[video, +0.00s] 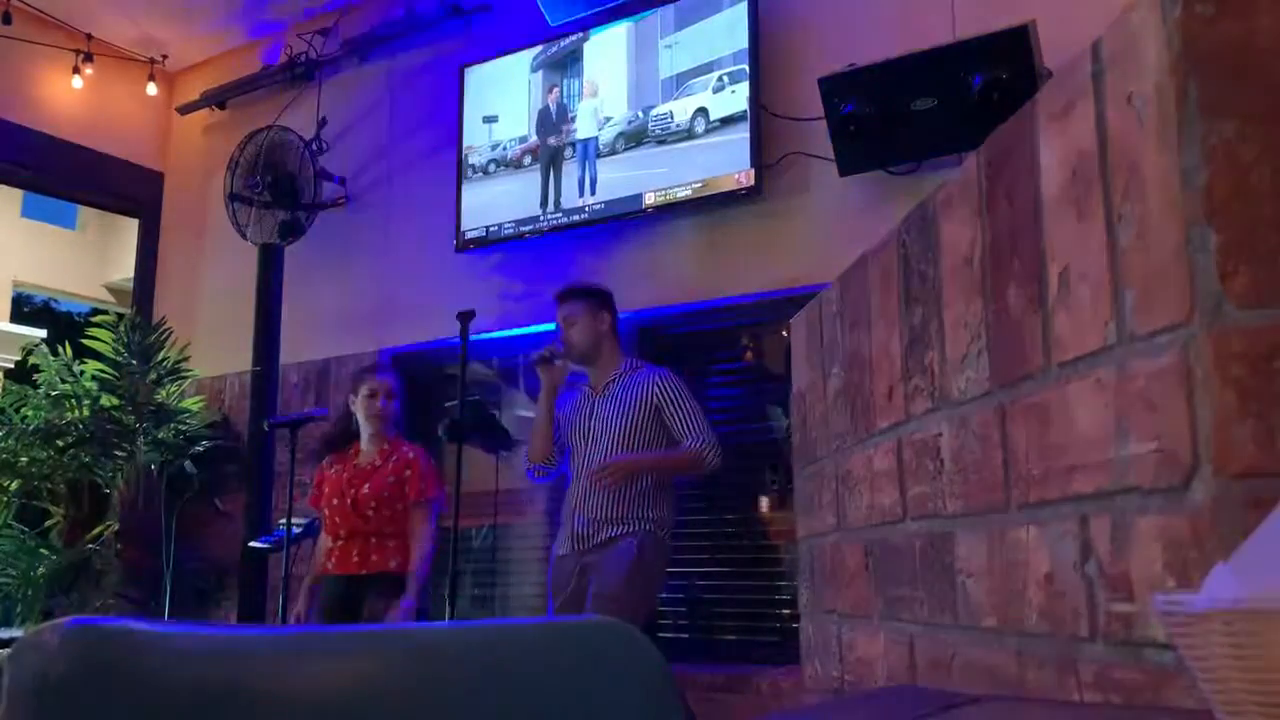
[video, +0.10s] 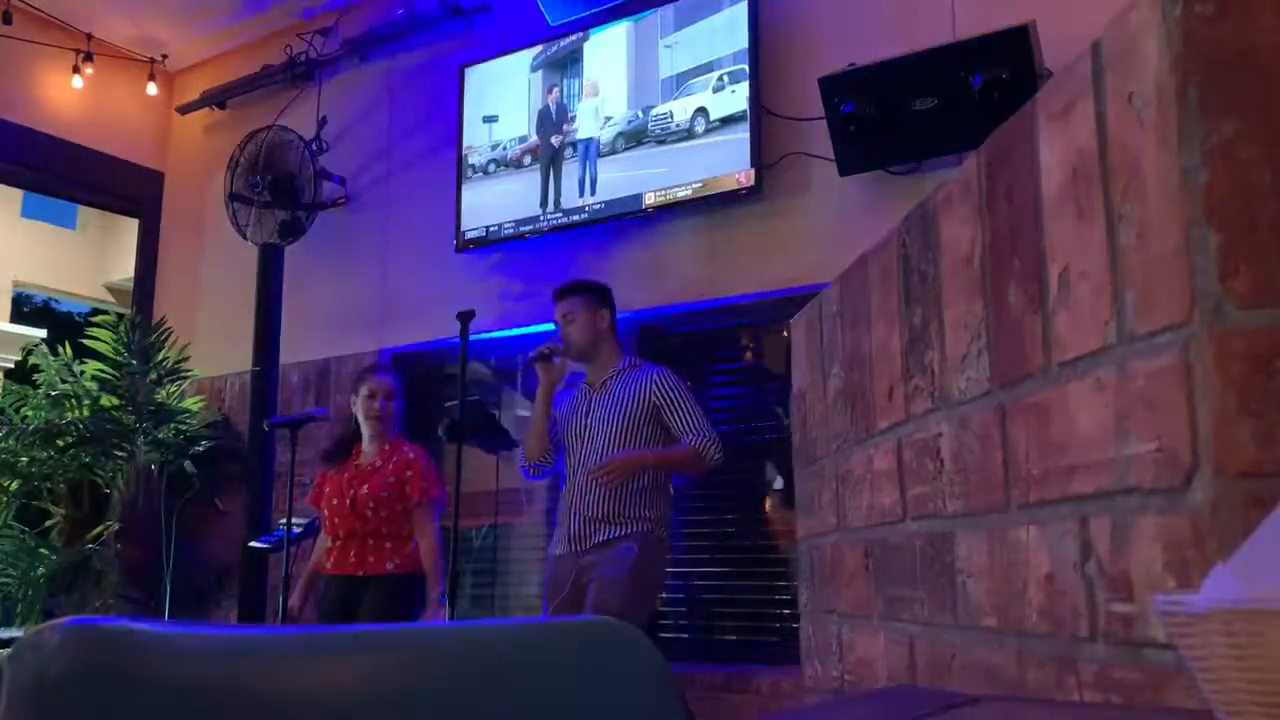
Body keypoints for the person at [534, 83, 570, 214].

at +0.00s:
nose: (558, 95)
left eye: (559, 92)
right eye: (556, 92)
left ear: (559, 94)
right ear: (550, 95)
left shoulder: (563, 108)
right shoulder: (542, 111)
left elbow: (566, 124)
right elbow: (538, 130)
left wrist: (563, 136)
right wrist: (545, 140)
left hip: (559, 145)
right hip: (547, 146)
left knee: (558, 176)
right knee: (545, 177)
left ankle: (557, 204)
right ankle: (543, 206)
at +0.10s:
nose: (558, 95)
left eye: (559, 92)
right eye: (556, 93)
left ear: (559, 94)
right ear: (549, 94)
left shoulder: (562, 108)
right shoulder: (542, 111)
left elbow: (566, 125)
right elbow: (538, 131)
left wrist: (561, 136)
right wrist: (549, 139)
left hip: (559, 146)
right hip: (546, 147)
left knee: (557, 177)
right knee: (545, 178)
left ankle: (557, 204)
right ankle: (543, 206)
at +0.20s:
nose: (557, 95)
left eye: (558, 92)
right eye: (555, 92)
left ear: (559, 94)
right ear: (549, 95)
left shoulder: (562, 109)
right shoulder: (542, 111)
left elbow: (566, 126)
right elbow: (539, 130)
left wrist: (562, 137)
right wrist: (549, 140)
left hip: (559, 146)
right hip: (546, 147)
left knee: (558, 177)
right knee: (545, 178)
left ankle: (557, 203)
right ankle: (543, 205)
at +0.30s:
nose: (557, 95)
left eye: (558, 92)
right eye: (555, 92)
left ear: (559, 94)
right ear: (549, 95)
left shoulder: (562, 108)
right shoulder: (542, 111)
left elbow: (566, 125)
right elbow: (539, 130)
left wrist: (561, 136)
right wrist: (549, 139)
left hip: (559, 147)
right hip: (546, 148)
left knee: (557, 177)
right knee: (545, 178)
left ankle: (557, 204)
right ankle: (543, 206)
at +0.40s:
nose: (557, 94)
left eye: (558, 92)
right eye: (555, 92)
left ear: (559, 94)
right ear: (549, 94)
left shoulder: (562, 108)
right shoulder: (542, 111)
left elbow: (566, 125)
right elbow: (539, 130)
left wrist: (561, 135)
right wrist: (548, 138)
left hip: (559, 147)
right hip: (546, 147)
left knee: (557, 177)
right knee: (545, 178)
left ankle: (557, 204)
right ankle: (543, 206)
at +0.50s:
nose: (557, 94)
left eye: (558, 92)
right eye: (555, 92)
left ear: (559, 94)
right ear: (549, 94)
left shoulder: (562, 108)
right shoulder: (542, 111)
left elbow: (565, 125)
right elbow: (539, 130)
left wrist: (561, 136)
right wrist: (548, 139)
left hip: (559, 147)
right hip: (546, 147)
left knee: (558, 177)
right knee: (545, 178)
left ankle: (557, 204)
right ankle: (543, 206)